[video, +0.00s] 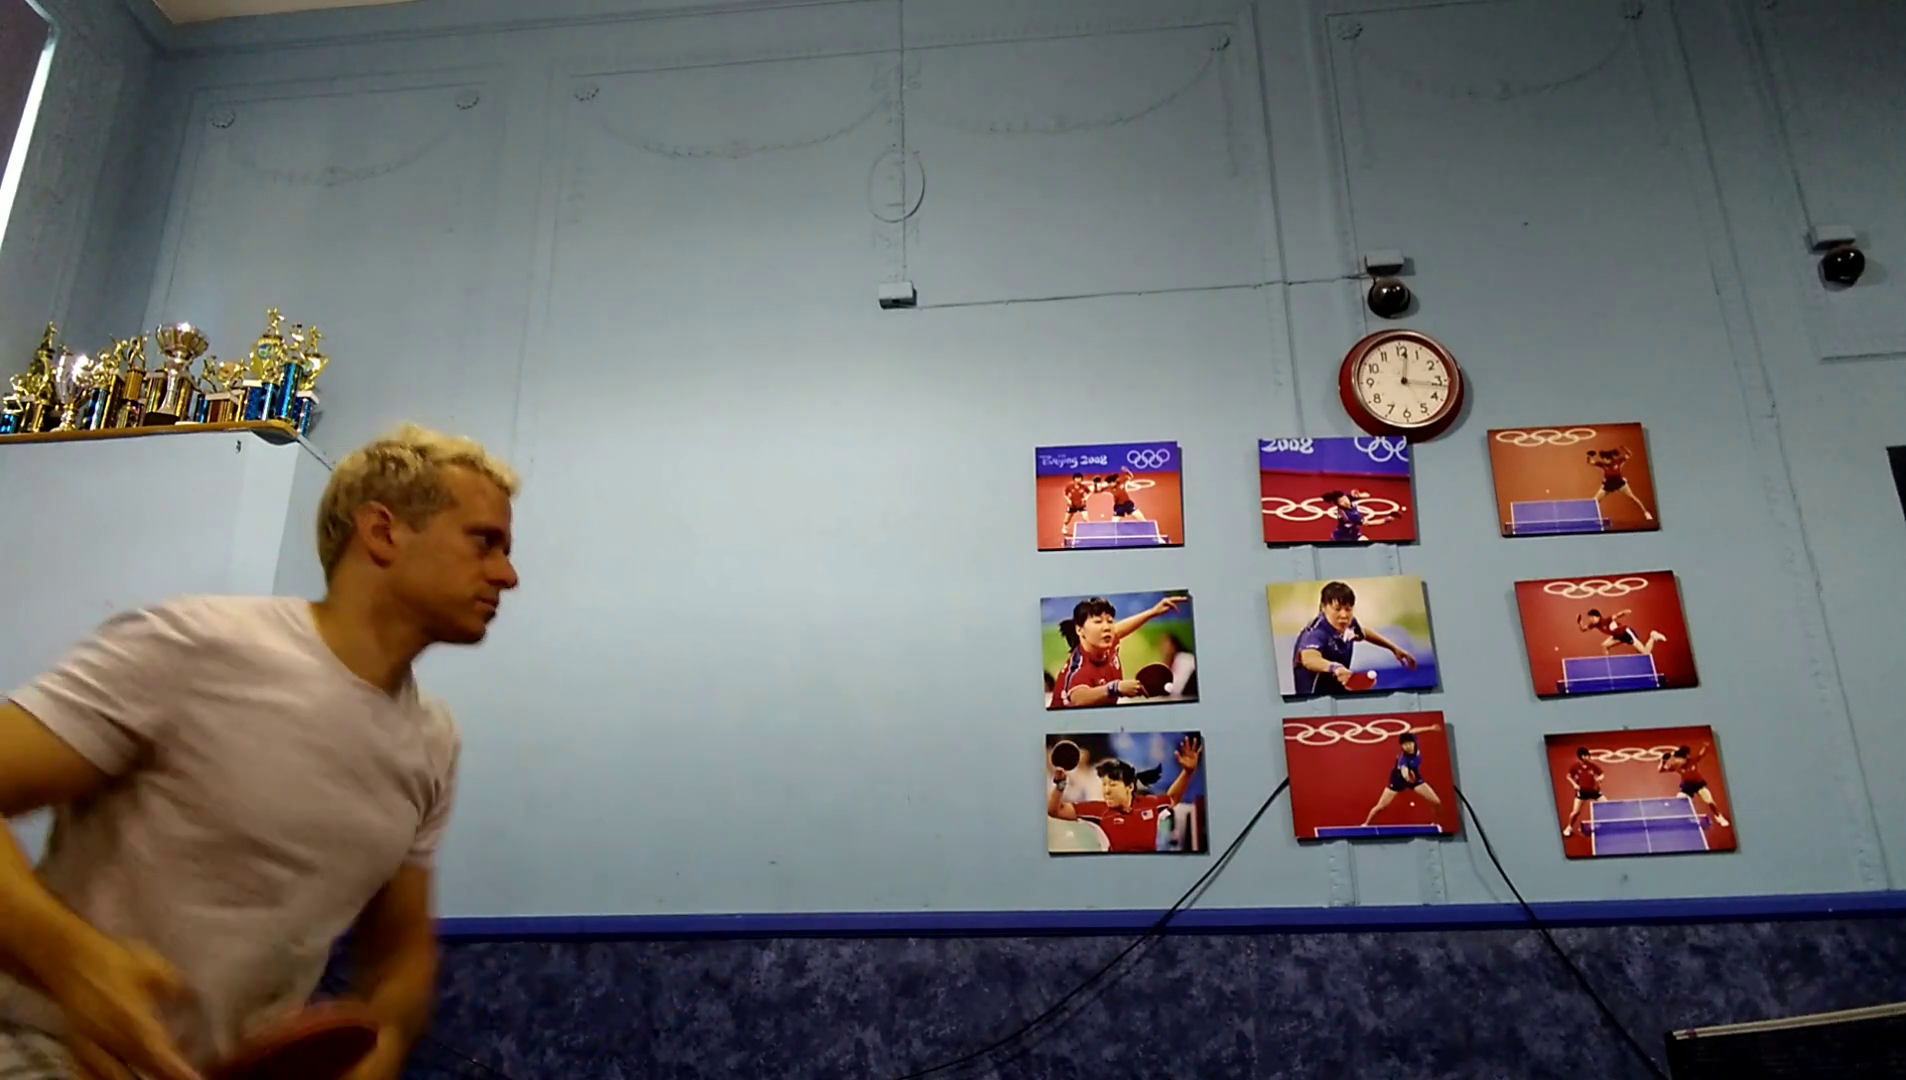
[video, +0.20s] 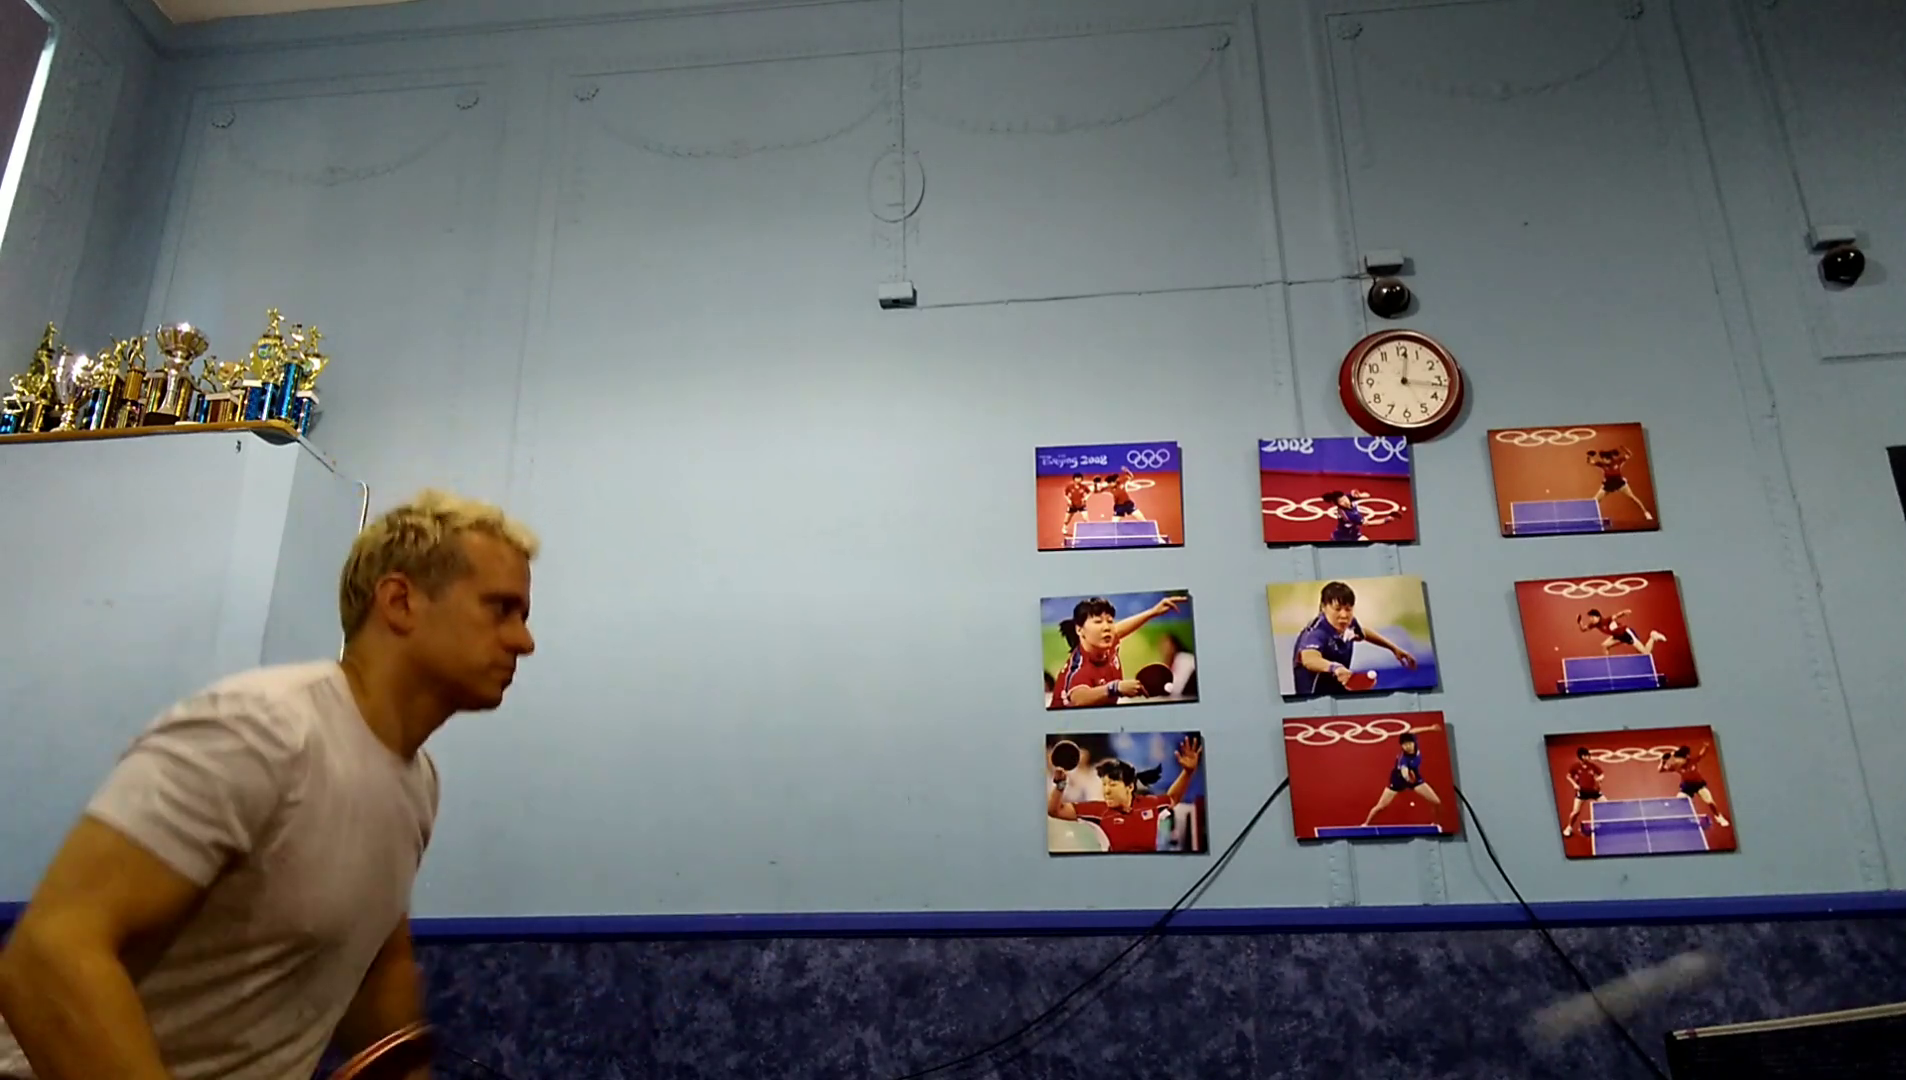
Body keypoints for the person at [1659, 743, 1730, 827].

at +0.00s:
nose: (1679, 762)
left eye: (1681, 759)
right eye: (1677, 760)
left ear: (1686, 757)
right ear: (1676, 759)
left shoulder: (1693, 761)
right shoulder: (1676, 766)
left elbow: (1701, 755)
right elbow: (1661, 770)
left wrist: (1705, 747)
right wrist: (1663, 761)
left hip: (1699, 784)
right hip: (1686, 786)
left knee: (1710, 802)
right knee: (1679, 802)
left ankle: (1718, 816)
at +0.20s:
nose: (1679, 762)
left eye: (1681, 759)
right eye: (1677, 760)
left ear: (1686, 757)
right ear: (1676, 759)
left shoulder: (1693, 761)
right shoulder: (1676, 766)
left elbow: (1701, 755)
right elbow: (1661, 770)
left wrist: (1705, 747)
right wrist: (1663, 761)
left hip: (1699, 784)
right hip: (1686, 786)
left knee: (1710, 802)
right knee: (1679, 803)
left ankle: (1718, 816)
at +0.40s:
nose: (1687, 759)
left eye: (1687, 757)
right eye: (1685, 757)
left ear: (1687, 756)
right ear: (1678, 758)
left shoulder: (1693, 761)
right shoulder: (1676, 766)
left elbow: (1701, 755)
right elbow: (1661, 770)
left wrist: (1705, 747)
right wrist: (1663, 760)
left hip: (1699, 784)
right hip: (1686, 786)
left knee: (1710, 802)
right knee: (1679, 802)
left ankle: (1718, 816)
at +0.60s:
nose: (1678, 762)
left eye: (1680, 759)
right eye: (1677, 760)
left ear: (1686, 757)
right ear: (1676, 759)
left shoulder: (1693, 761)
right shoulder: (1676, 766)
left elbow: (1701, 755)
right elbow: (1661, 770)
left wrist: (1705, 747)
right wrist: (1663, 761)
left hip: (1699, 784)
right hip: (1686, 786)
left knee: (1710, 802)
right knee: (1679, 803)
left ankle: (1718, 816)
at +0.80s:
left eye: (1687, 756)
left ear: (1687, 757)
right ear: (1677, 758)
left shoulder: (1693, 761)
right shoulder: (1676, 766)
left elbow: (1701, 755)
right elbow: (1661, 770)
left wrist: (1705, 747)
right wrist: (1663, 760)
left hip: (1699, 784)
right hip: (1686, 786)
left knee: (1710, 802)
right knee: (1678, 802)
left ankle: (1718, 816)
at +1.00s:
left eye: (1687, 756)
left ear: (1687, 757)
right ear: (1677, 758)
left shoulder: (1693, 761)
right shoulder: (1676, 766)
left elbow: (1701, 755)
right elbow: (1661, 770)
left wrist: (1705, 747)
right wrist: (1663, 760)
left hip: (1699, 784)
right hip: (1686, 786)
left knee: (1710, 802)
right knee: (1678, 802)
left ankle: (1718, 816)